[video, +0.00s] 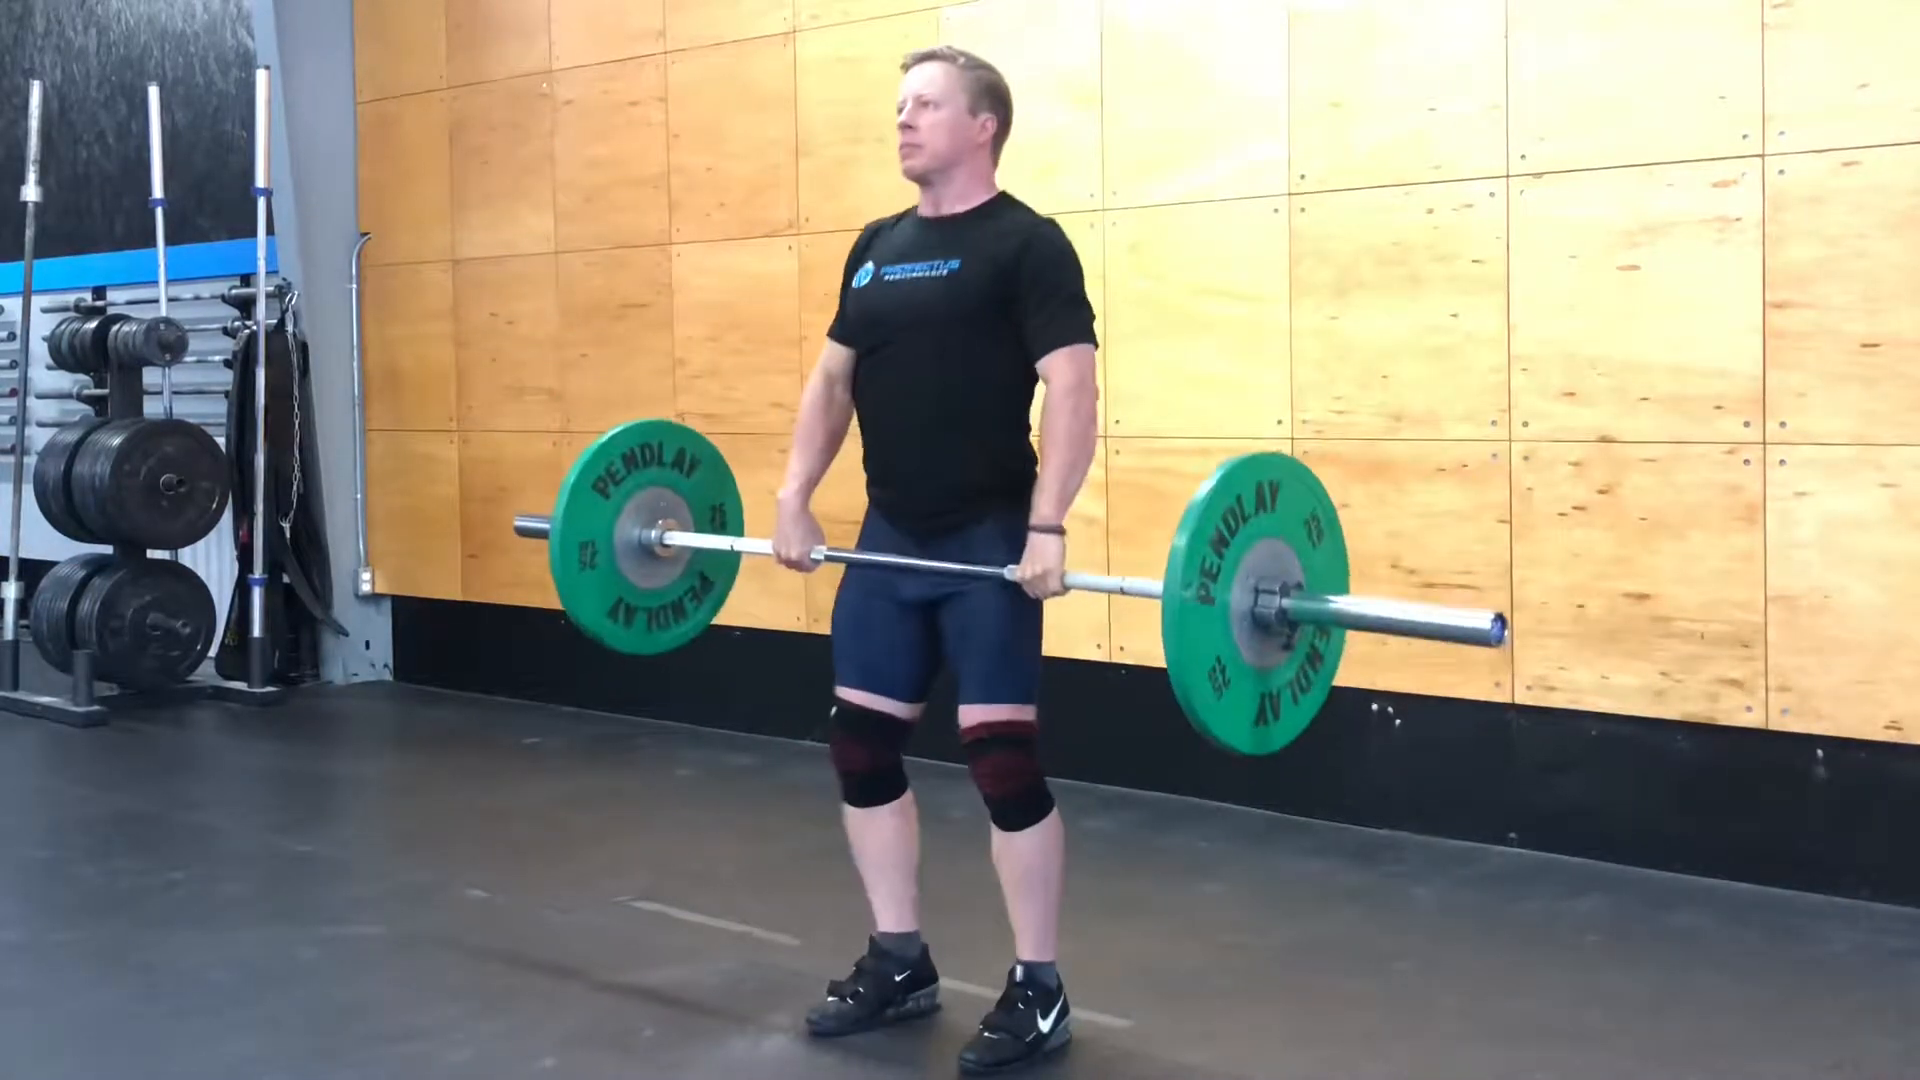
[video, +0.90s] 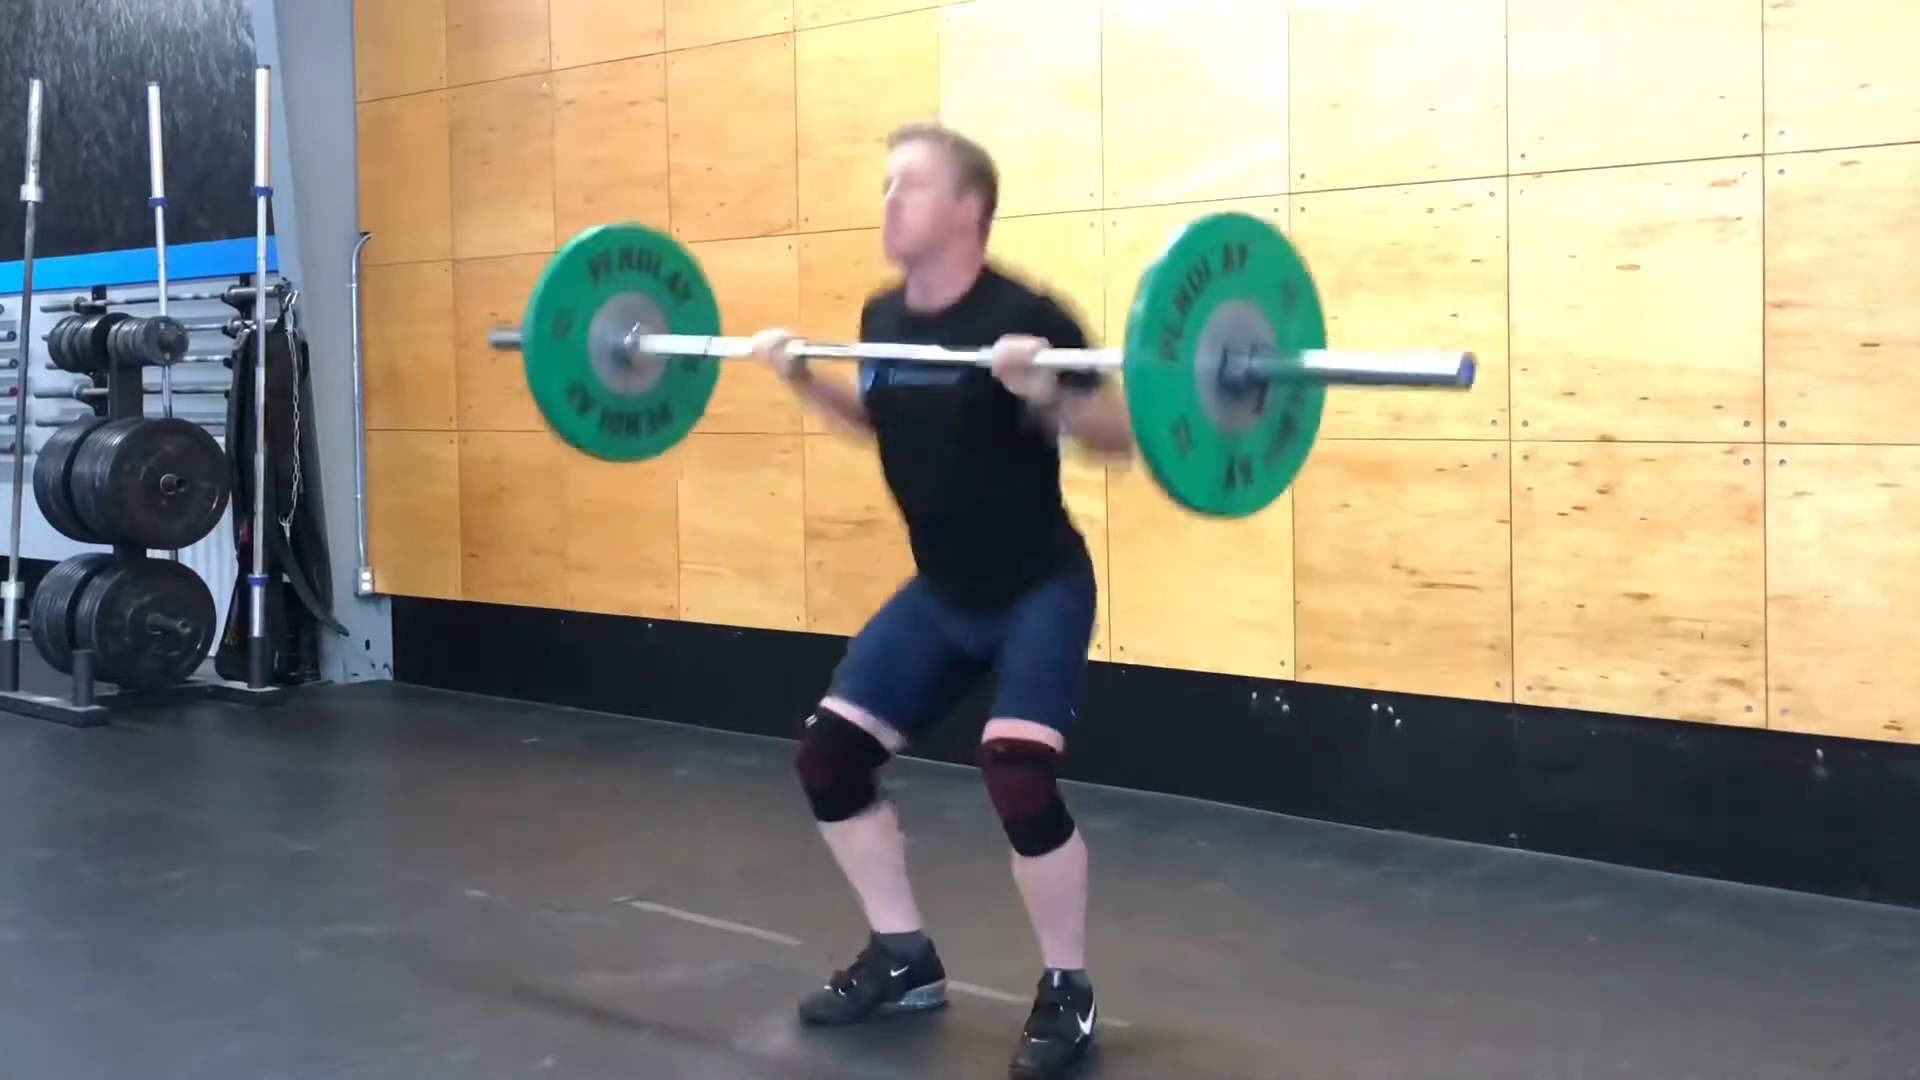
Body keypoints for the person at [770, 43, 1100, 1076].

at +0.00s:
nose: (901, 122)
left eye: (922, 109)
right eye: (901, 109)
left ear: (984, 127)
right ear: (908, 130)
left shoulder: (1031, 246)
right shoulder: (877, 246)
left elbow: (1073, 390)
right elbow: (833, 379)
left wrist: (1046, 523)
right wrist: (794, 495)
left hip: (992, 539)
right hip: (888, 533)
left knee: (1003, 764)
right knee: (862, 746)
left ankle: (1037, 989)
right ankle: (898, 962)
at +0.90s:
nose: (883, 206)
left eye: (903, 190)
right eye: (886, 189)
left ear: (965, 210)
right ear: (921, 213)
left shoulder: (1035, 319)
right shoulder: (882, 319)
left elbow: (1115, 438)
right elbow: (879, 426)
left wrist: (1050, 394)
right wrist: (802, 381)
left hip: (1042, 585)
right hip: (942, 589)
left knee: (1017, 767)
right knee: (831, 756)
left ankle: (1065, 990)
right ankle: (904, 957)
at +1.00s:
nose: (896, 257)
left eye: (917, 244)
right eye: (895, 243)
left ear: (978, 265)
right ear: (898, 265)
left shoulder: (1019, 393)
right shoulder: (871, 399)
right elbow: (772, 504)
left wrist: (1008, 399)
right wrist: (764, 383)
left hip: (1050, 629)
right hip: (948, 633)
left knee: (1026, 788)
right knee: (810, 766)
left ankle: (1065, 994)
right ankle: (901, 957)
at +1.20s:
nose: (911, 386)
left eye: (932, 370)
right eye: (909, 371)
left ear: (992, 391)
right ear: (905, 382)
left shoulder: (1020, 506)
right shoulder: (871, 496)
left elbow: (938, 569)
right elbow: (732, 528)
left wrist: (986, 458)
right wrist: (782, 443)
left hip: (1056, 729)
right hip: (950, 729)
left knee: (1047, 816)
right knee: (792, 787)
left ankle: (1068, 995)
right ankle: (900, 956)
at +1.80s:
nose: (914, 232)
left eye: (936, 216)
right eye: (913, 215)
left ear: (994, 235)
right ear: (908, 231)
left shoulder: (1024, 355)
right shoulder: (867, 353)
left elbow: (956, 430)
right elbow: (740, 411)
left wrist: (987, 307)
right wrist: (775, 312)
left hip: (1042, 606)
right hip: (942, 613)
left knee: (1035, 781)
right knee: (810, 763)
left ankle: (1067, 994)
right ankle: (900, 956)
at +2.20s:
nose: (919, 127)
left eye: (939, 112)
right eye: (918, 112)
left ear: (1000, 130)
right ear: (927, 133)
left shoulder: (1040, 240)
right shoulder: (900, 247)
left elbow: (1089, 391)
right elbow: (846, 376)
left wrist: (1052, 277)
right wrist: (795, 280)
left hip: (1009, 529)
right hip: (912, 531)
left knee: (1007, 754)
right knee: (884, 742)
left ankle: (1060, 988)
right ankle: (912, 959)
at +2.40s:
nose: (940, 105)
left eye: (958, 90)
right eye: (936, 91)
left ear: (1021, 101)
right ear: (940, 104)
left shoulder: (1061, 198)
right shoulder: (921, 196)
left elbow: (1145, 296)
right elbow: (868, 303)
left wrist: (1054, 365)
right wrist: (797, 357)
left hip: (990, 498)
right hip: (892, 495)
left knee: (996, 720)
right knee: (877, 711)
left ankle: (1043, 963)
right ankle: (895, 928)